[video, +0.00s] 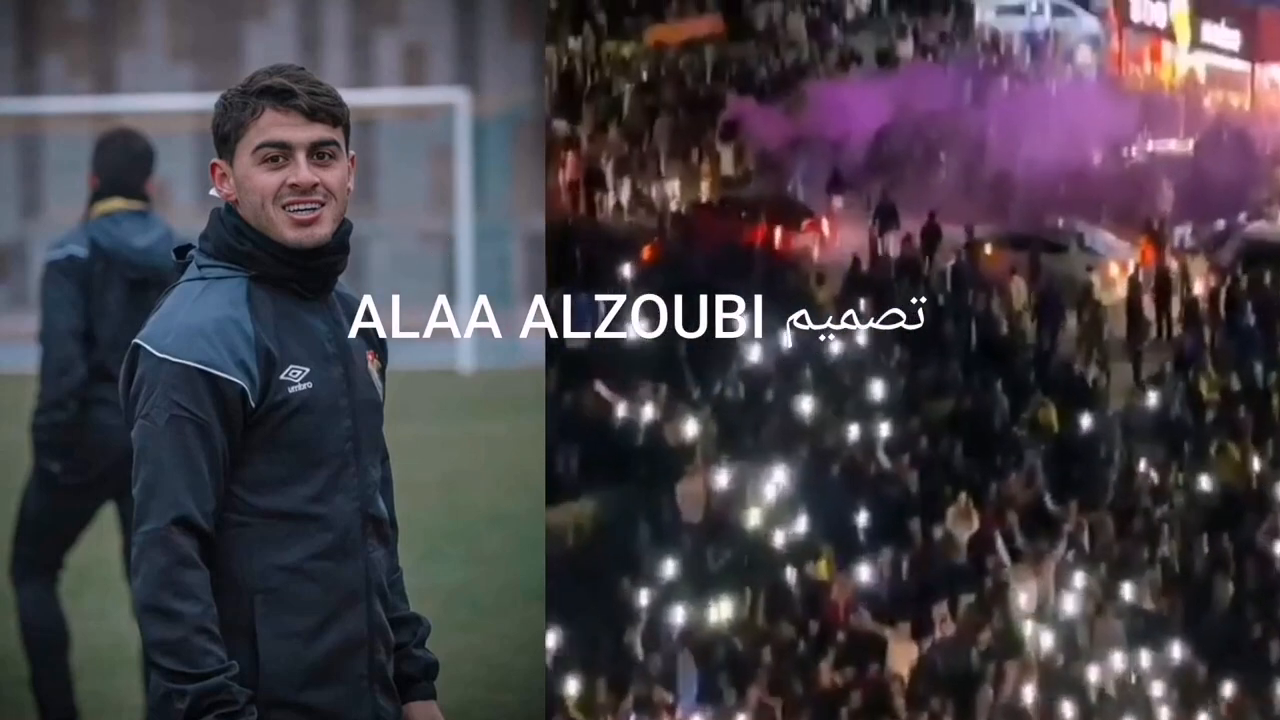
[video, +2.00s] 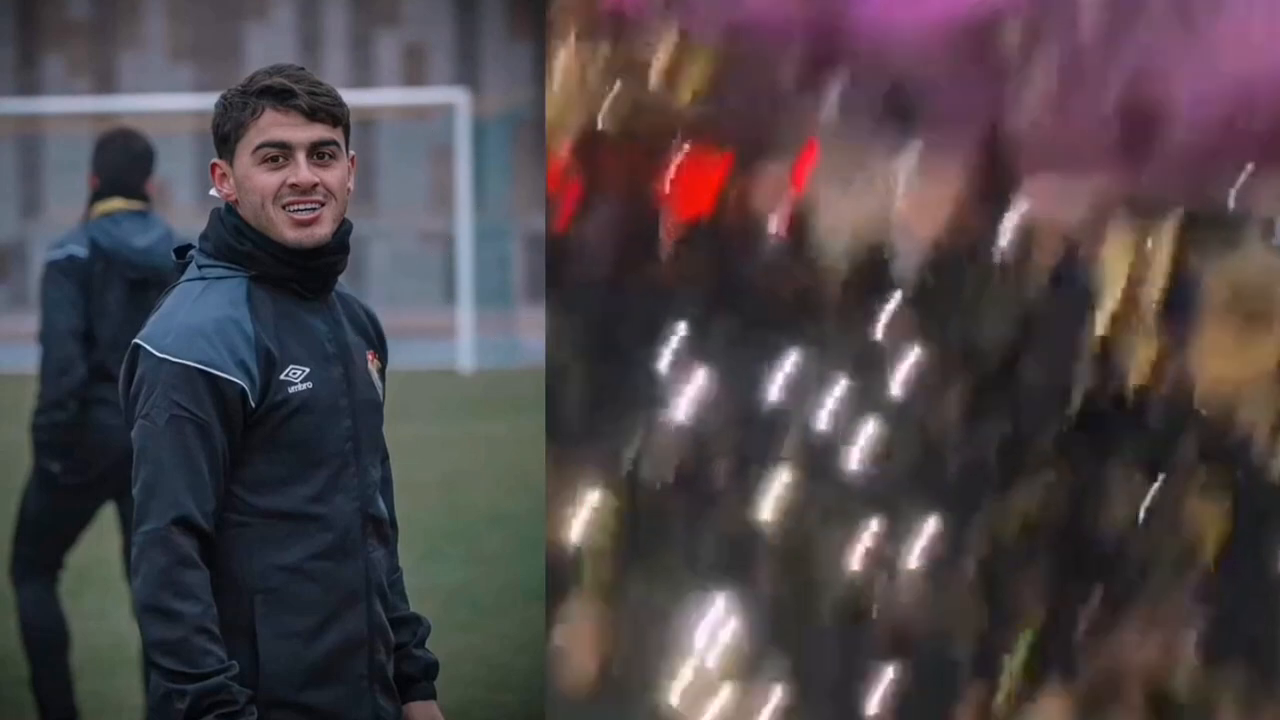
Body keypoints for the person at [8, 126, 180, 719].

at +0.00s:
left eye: (94, 173)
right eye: (150, 178)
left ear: (94, 180)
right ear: (152, 185)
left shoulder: (73, 253)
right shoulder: (178, 254)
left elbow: (65, 362)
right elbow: (191, 352)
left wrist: (52, 442)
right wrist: (175, 429)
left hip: (88, 448)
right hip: (158, 447)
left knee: (34, 569)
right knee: (156, 580)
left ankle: (57, 709)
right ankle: (167, 706)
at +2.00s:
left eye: (93, 174)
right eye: (150, 178)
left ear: (94, 180)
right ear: (152, 185)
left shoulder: (74, 253)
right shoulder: (178, 254)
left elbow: (65, 360)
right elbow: (190, 351)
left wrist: (51, 439)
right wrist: (175, 426)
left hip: (88, 447)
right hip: (158, 446)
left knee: (33, 569)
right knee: (157, 580)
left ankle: (57, 708)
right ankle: (167, 704)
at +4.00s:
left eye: (92, 174)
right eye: (150, 178)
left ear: (94, 180)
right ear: (152, 185)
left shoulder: (73, 254)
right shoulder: (178, 255)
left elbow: (65, 363)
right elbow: (190, 352)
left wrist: (51, 441)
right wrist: (175, 428)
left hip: (87, 449)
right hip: (158, 447)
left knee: (33, 569)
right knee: (157, 580)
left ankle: (56, 707)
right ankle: (167, 704)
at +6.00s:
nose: (96, 182)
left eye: (92, 173)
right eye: (150, 178)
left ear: (94, 180)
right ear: (152, 185)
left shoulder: (73, 254)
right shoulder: (178, 255)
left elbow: (65, 363)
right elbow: (191, 352)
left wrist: (51, 442)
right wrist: (175, 429)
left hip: (87, 449)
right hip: (158, 447)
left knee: (34, 570)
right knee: (157, 580)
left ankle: (57, 707)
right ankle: (167, 704)